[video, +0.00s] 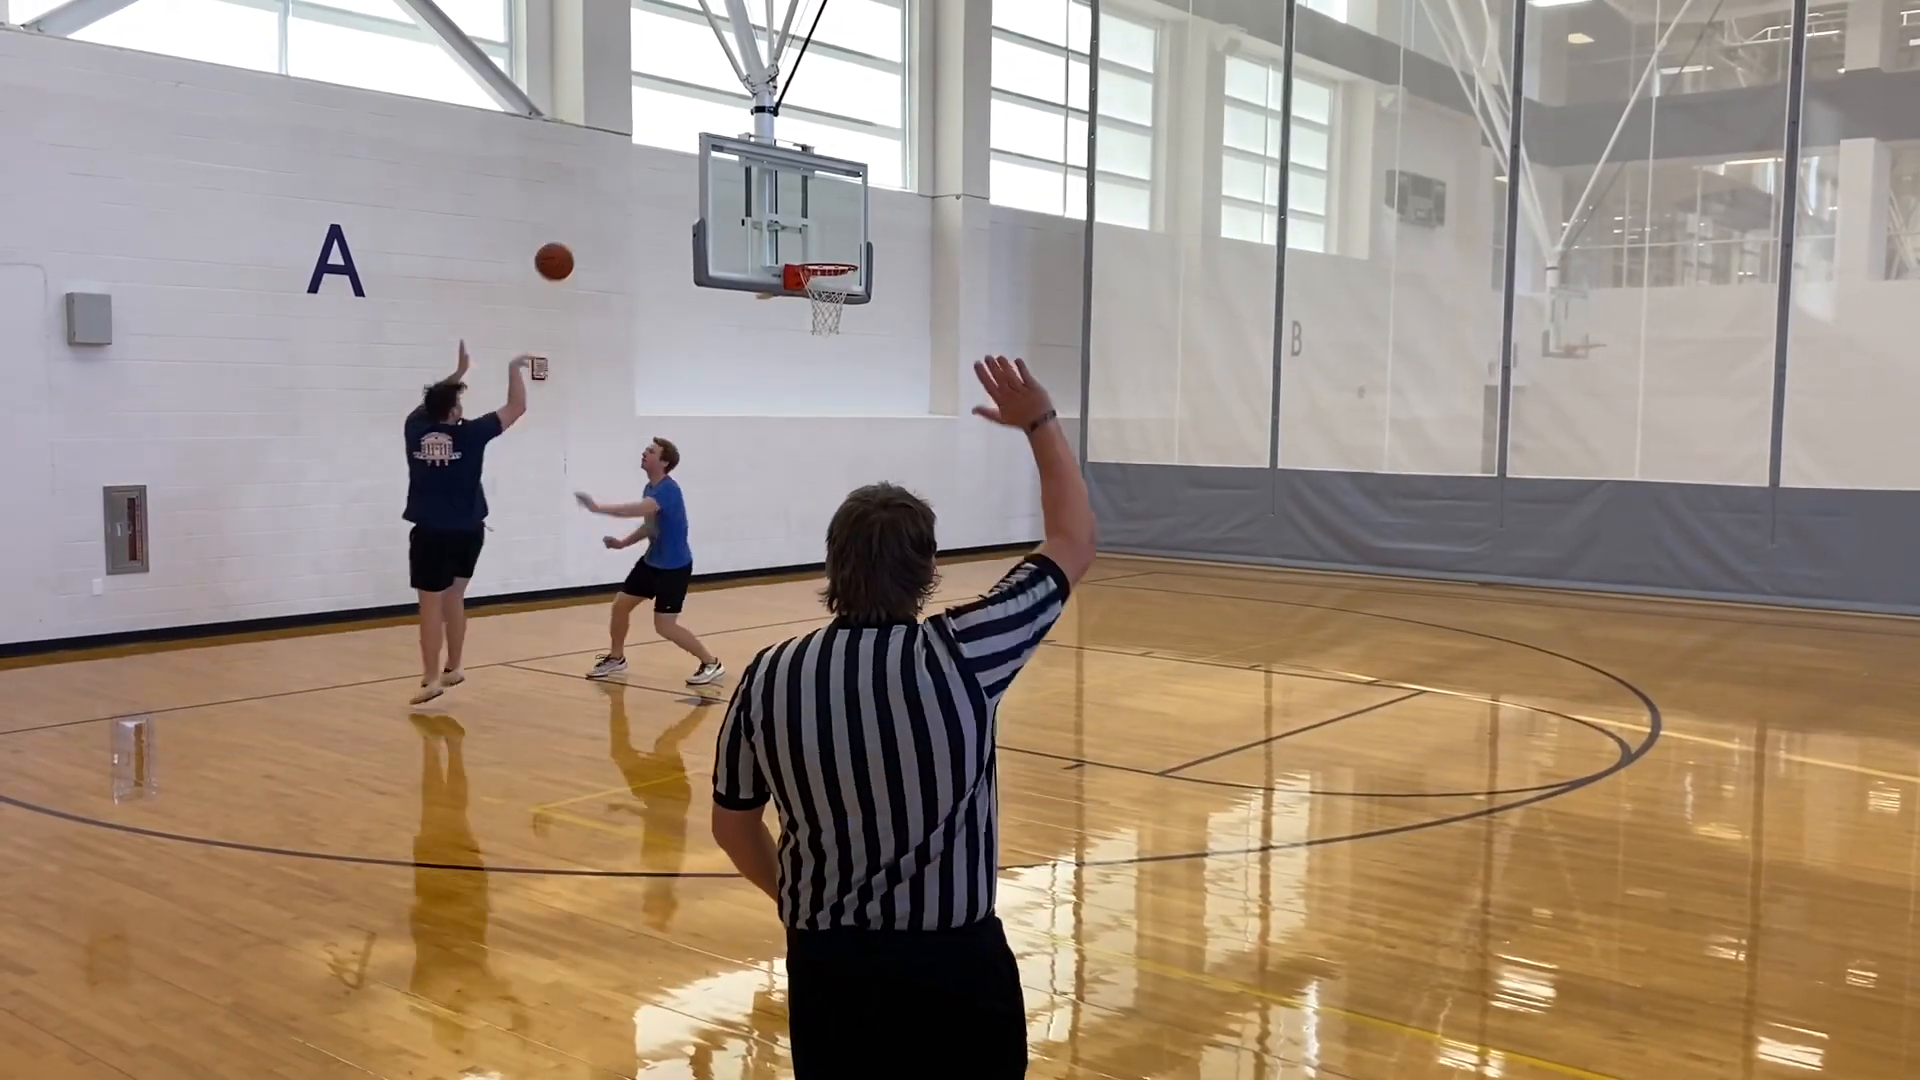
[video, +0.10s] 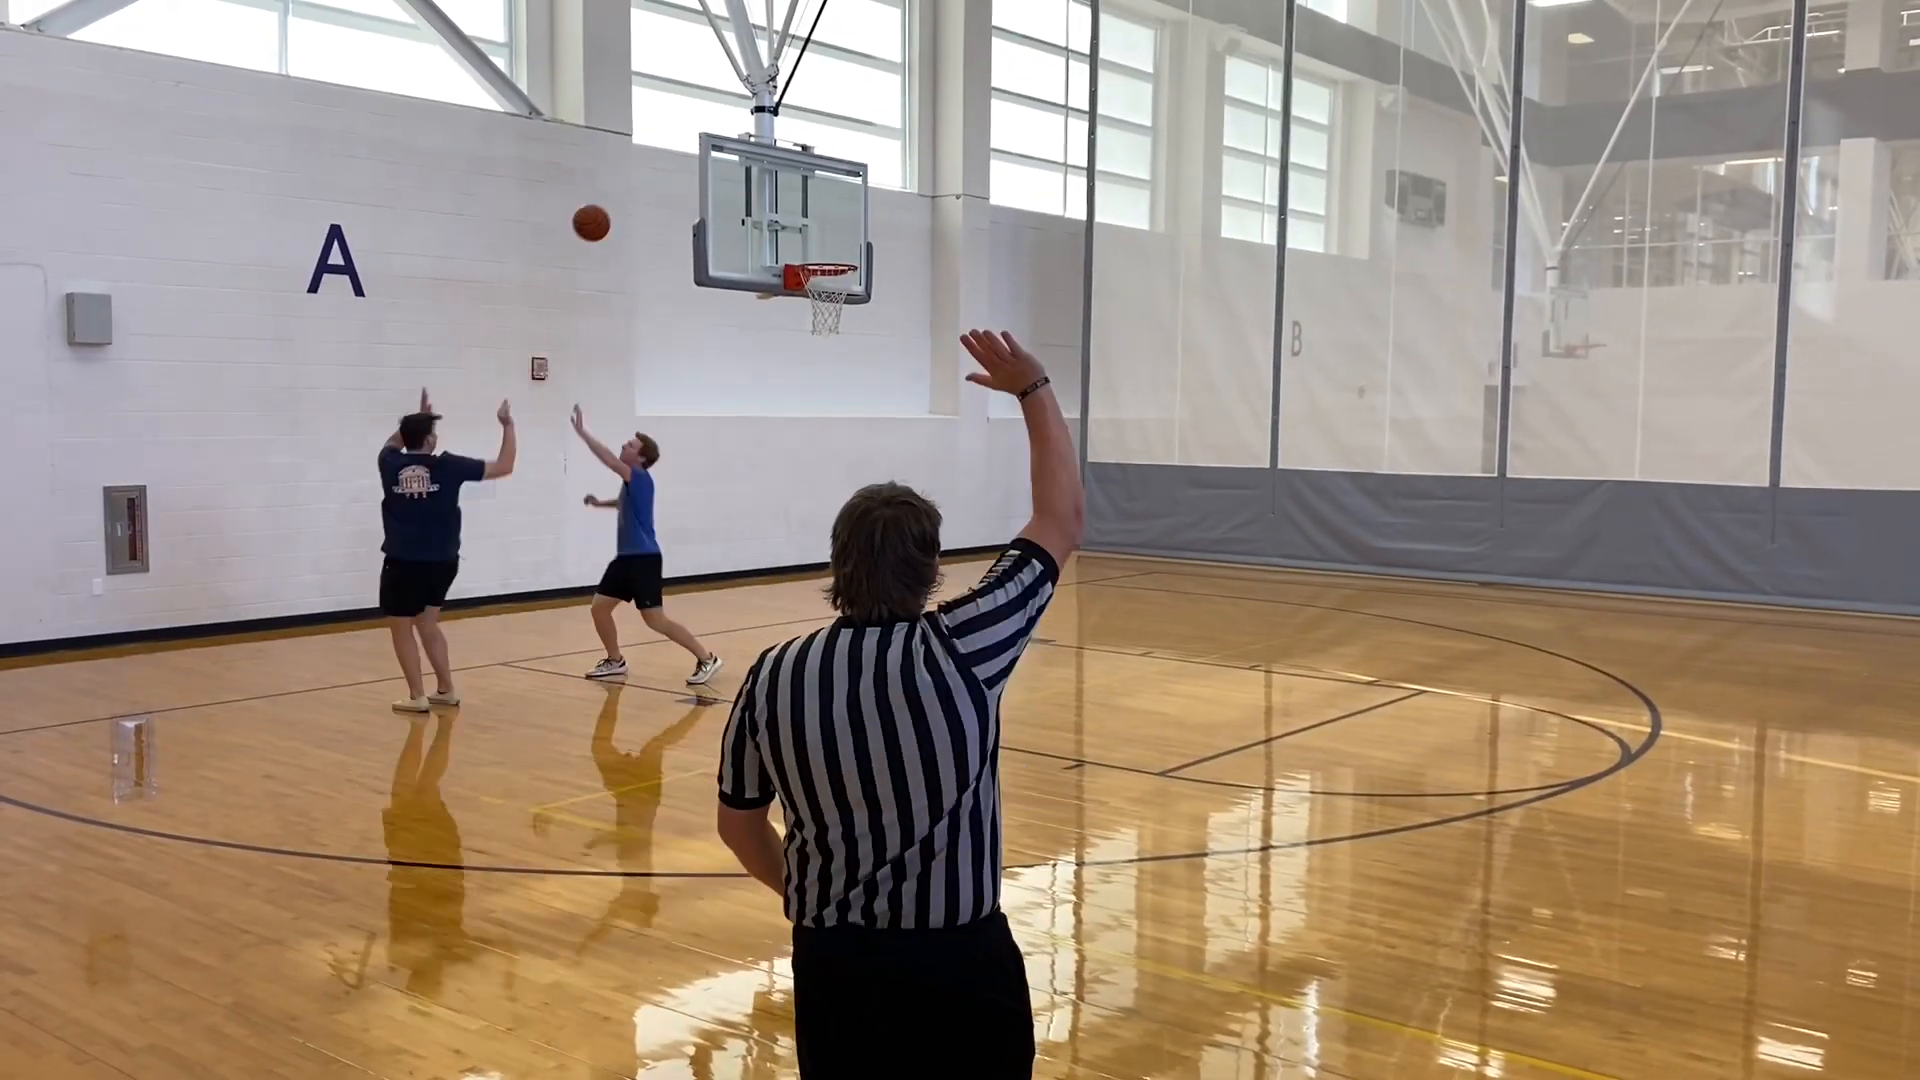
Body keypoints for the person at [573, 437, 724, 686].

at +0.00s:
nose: (644, 454)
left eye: (651, 452)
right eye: (647, 450)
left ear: (663, 462)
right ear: (655, 461)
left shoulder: (668, 490)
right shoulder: (650, 489)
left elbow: (637, 509)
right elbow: (649, 527)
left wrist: (598, 508)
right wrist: (623, 543)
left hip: (675, 567)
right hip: (652, 562)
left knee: (665, 625)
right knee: (621, 606)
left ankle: (711, 664)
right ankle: (616, 659)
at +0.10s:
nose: (623, 447)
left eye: (630, 446)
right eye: (627, 444)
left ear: (641, 457)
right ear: (636, 454)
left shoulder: (641, 479)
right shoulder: (630, 482)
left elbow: (608, 458)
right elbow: (622, 504)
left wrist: (582, 432)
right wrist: (599, 503)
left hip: (645, 559)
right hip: (626, 559)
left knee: (655, 619)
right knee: (599, 609)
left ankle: (707, 659)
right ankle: (615, 662)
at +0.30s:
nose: (594, 387)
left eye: (600, 388)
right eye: (600, 385)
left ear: (601, 399)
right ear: (611, 406)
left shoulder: (586, 408)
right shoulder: (614, 429)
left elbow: (571, 369)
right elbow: (622, 460)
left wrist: (566, 331)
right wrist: (595, 454)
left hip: (584, 498)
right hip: (601, 495)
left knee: (600, 566)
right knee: (603, 565)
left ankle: (618, 624)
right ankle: (613, 620)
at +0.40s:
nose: (578, 381)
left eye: (581, 380)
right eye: (587, 382)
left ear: (578, 388)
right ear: (601, 396)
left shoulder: (564, 400)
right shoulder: (602, 421)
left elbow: (544, 364)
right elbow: (604, 459)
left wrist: (530, 329)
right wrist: (581, 462)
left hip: (559, 487)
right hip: (585, 487)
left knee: (565, 557)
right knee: (592, 552)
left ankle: (571, 618)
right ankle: (605, 610)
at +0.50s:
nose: (551, 387)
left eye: (553, 385)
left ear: (554, 391)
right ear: (579, 395)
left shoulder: (542, 406)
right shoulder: (586, 425)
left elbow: (510, 377)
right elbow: (590, 465)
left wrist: (489, 342)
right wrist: (564, 467)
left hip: (540, 492)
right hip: (572, 494)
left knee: (533, 560)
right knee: (578, 558)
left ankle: (527, 619)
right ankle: (587, 615)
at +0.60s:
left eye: (532, 406)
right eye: (551, 406)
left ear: (529, 408)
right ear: (555, 410)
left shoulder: (520, 427)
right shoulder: (567, 437)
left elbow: (477, 421)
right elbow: (575, 479)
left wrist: (458, 385)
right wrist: (550, 479)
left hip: (523, 508)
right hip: (556, 511)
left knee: (505, 572)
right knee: (558, 576)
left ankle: (488, 629)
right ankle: (559, 636)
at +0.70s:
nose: (536, 436)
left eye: (533, 433)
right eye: (534, 434)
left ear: (509, 442)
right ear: (532, 439)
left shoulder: (501, 462)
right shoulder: (552, 465)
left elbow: (460, 481)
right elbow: (561, 504)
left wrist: (439, 454)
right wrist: (535, 512)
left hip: (505, 537)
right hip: (540, 541)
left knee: (481, 594)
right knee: (537, 603)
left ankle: (453, 649)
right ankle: (535, 660)